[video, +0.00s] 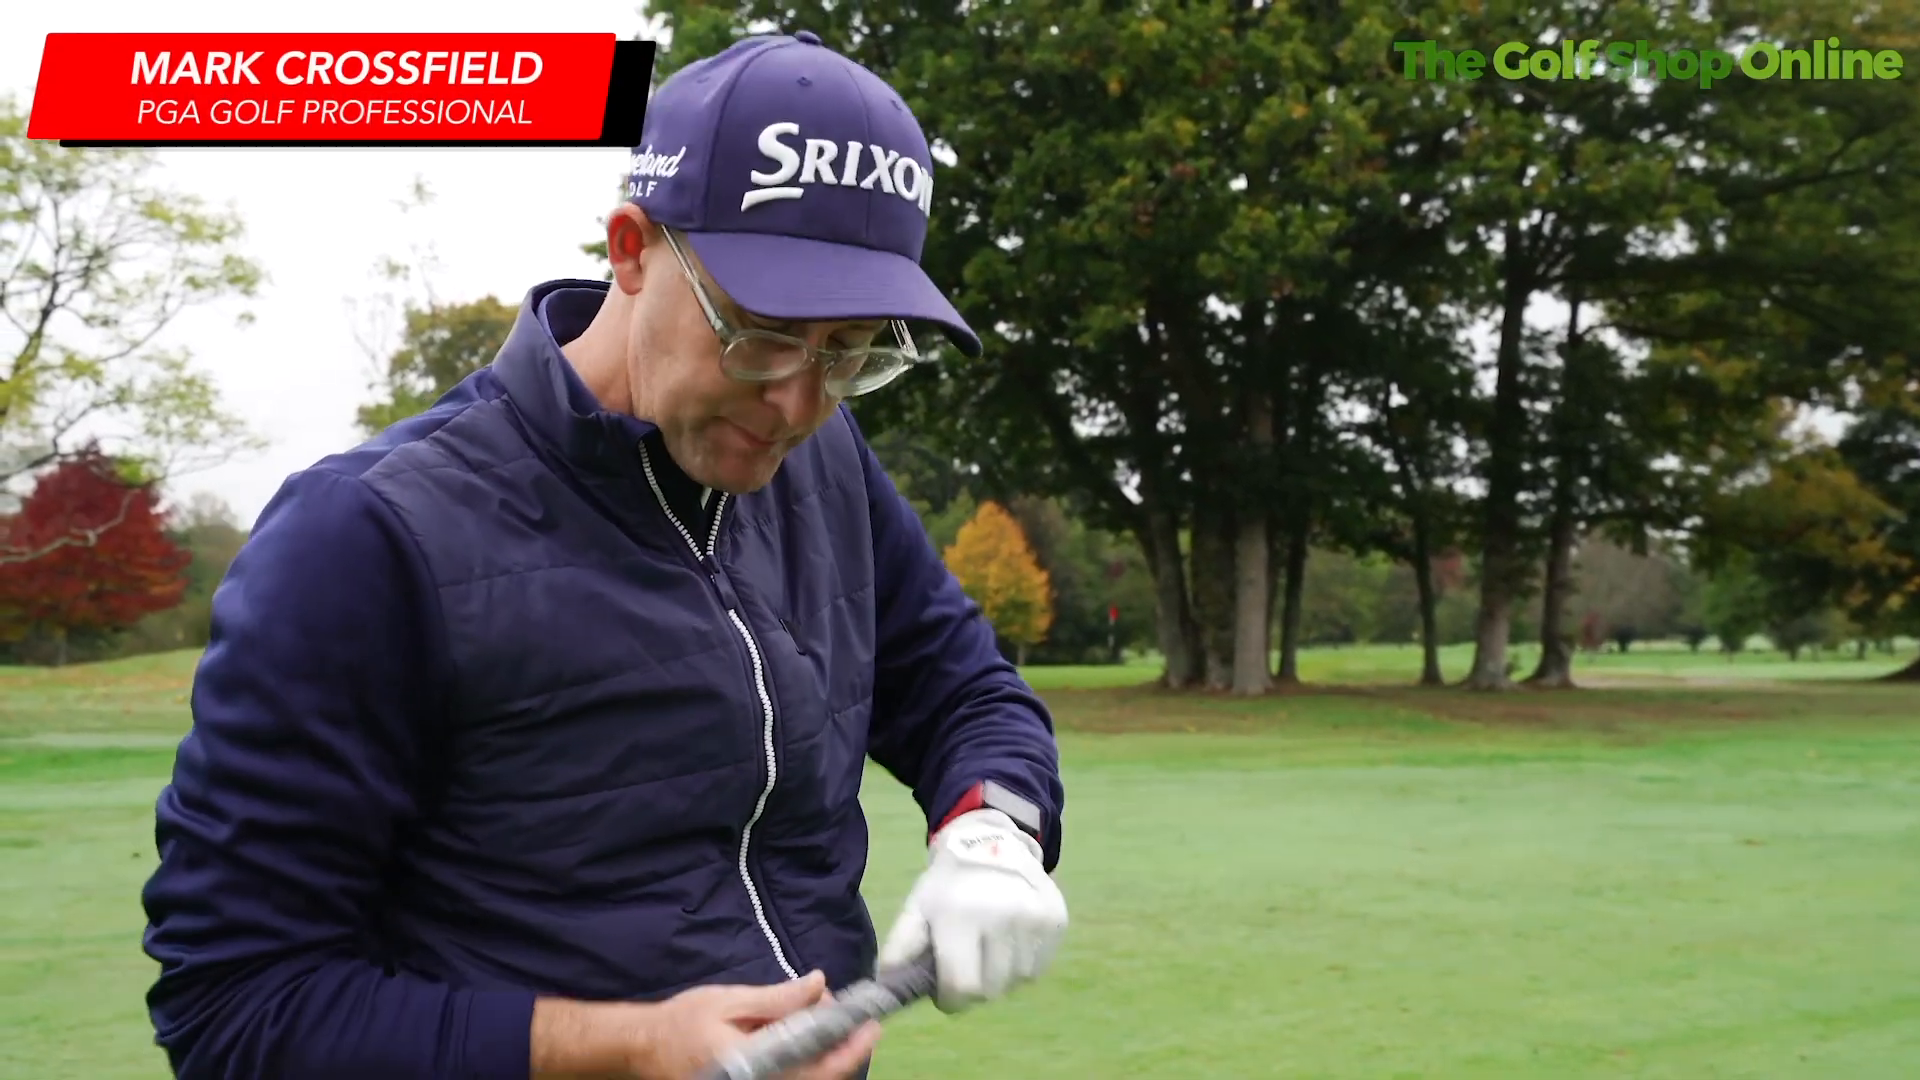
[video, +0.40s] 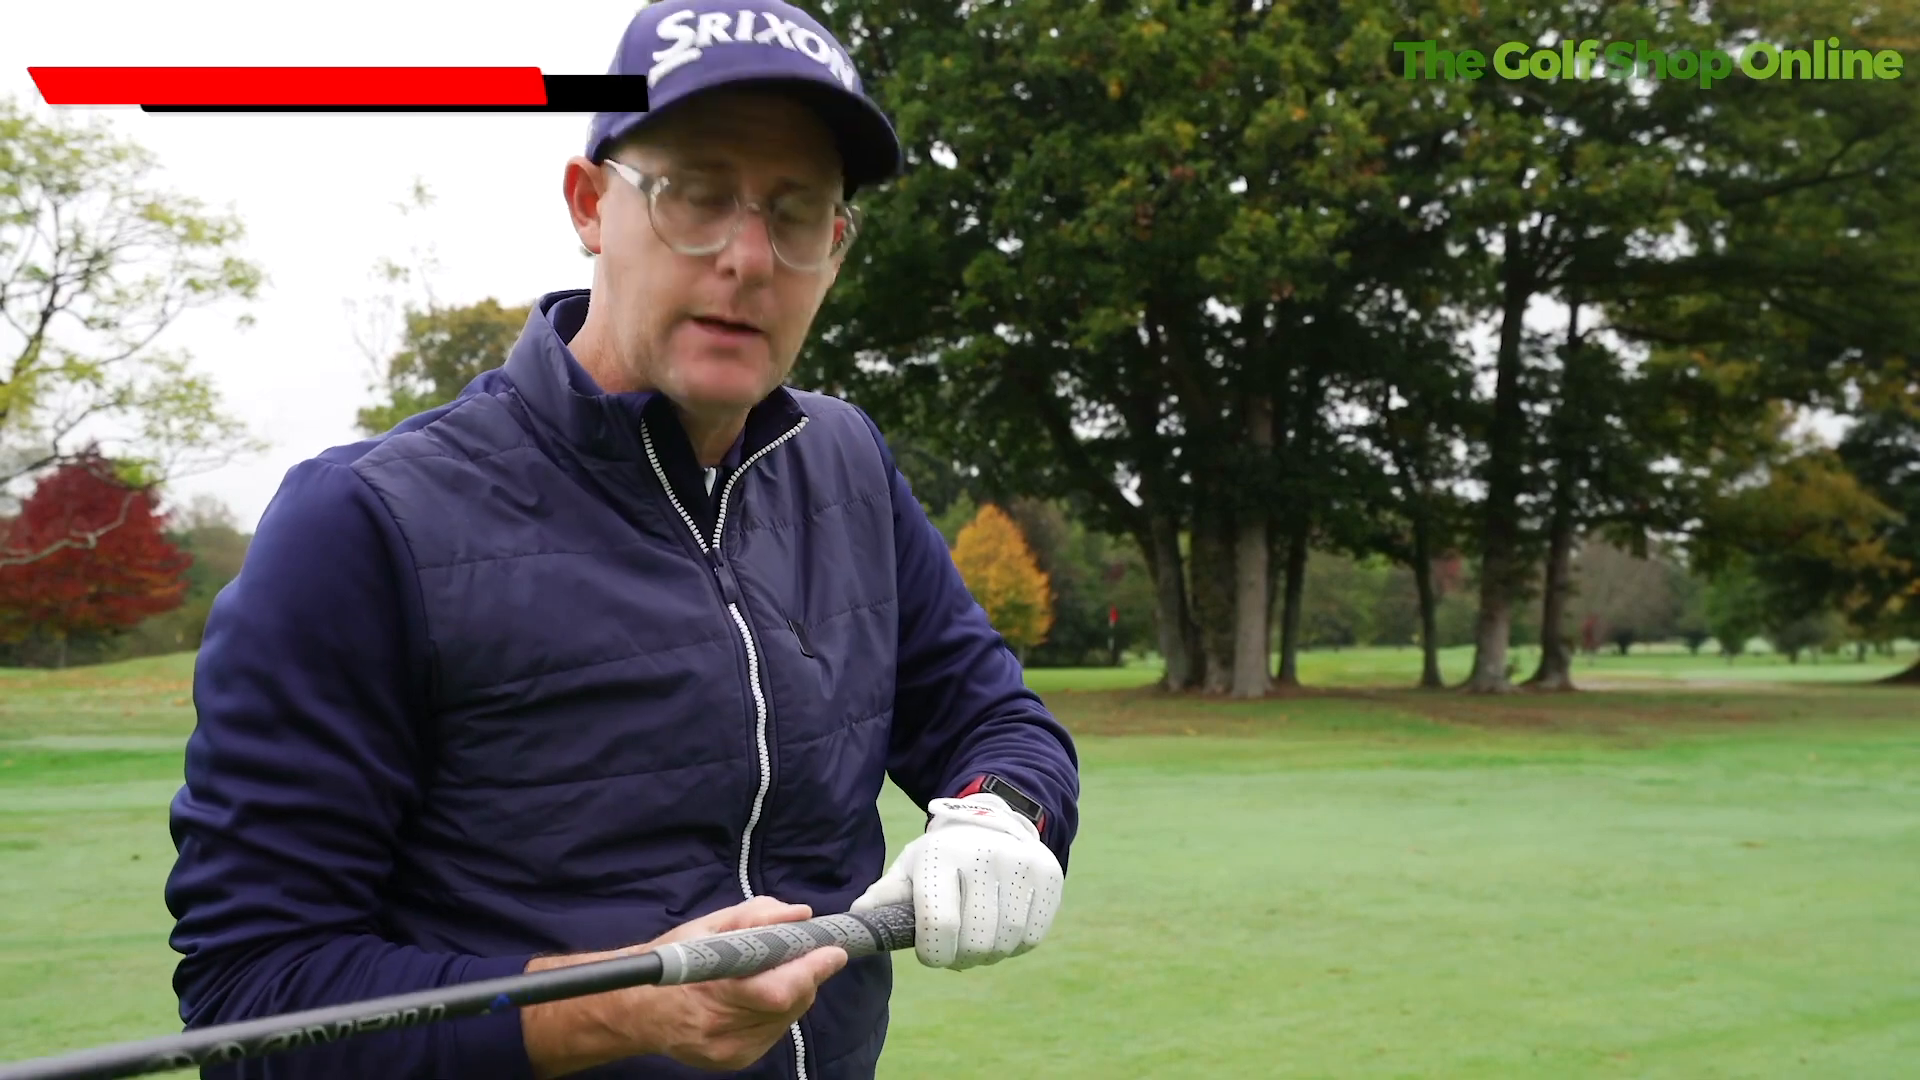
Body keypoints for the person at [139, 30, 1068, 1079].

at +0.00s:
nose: (795, 396)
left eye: (847, 350)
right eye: (755, 330)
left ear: (885, 323)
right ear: (632, 251)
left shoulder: (822, 468)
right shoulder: (366, 539)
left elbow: (966, 692)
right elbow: (230, 1002)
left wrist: (990, 830)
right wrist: (632, 1041)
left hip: (816, 1057)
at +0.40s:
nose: (745, 257)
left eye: (793, 209)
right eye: (694, 192)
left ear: (837, 250)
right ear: (590, 205)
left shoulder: (845, 471)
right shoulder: (369, 526)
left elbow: (996, 722)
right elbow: (245, 992)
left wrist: (993, 816)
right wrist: (611, 1010)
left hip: (817, 1063)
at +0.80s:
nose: (754, 278)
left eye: (814, 234)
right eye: (716, 205)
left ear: (871, 273)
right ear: (628, 205)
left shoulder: (879, 491)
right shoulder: (382, 508)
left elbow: (1015, 771)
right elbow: (196, 962)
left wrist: (1033, 968)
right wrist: (537, 1038)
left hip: (834, 1064)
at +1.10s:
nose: (740, 220)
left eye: (794, 174)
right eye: (698, 163)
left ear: (863, 232)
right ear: (613, 197)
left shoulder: (891, 486)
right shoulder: (409, 490)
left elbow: (984, 801)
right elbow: (108, 888)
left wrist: (1025, 1053)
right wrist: (529, 1022)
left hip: (850, 1058)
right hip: (539, 1076)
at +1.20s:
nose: (723, 218)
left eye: (779, 171)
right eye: (679, 161)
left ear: (851, 223)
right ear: (599, 191)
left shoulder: (898, 459)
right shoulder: (422, 455)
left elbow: (1006, 740)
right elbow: (98, 806)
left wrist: (1052, 1002)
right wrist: (546, 929)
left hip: (854, 1052)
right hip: (510, 1056)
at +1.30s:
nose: (718, 230)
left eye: (779, 183)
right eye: (677, 167)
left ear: (853, 229)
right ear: (597, 184)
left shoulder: (901, 436)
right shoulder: (432, 431)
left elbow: (1023, 672)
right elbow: (159, 832)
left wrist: (1075, 920)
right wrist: (629, 878)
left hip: (841, 1049)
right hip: (501, 1053)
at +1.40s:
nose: (722, 262)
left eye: (784, 214)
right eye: (688, 188)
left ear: (858, 252)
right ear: (608, 187)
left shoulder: (890, 432)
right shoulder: (418, 465)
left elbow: (1005, 678)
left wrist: (1058, 925)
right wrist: (719, 886)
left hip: (847, 1049)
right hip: (550, 1053)